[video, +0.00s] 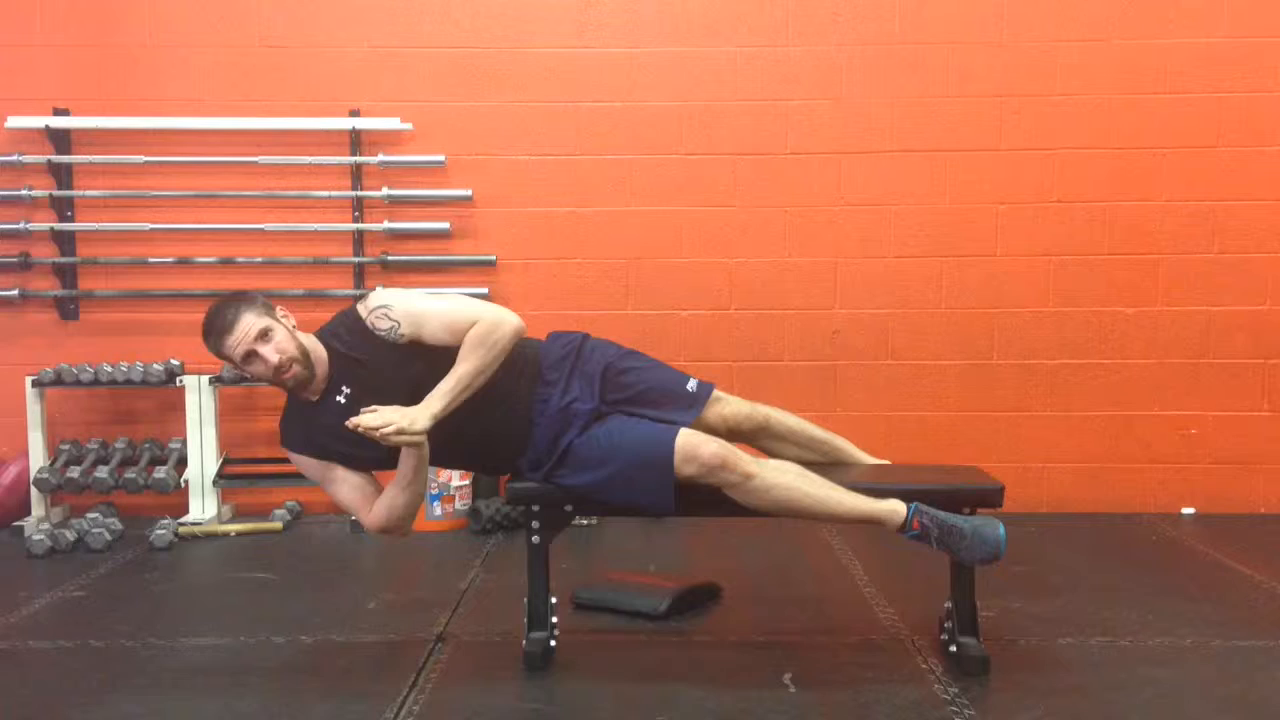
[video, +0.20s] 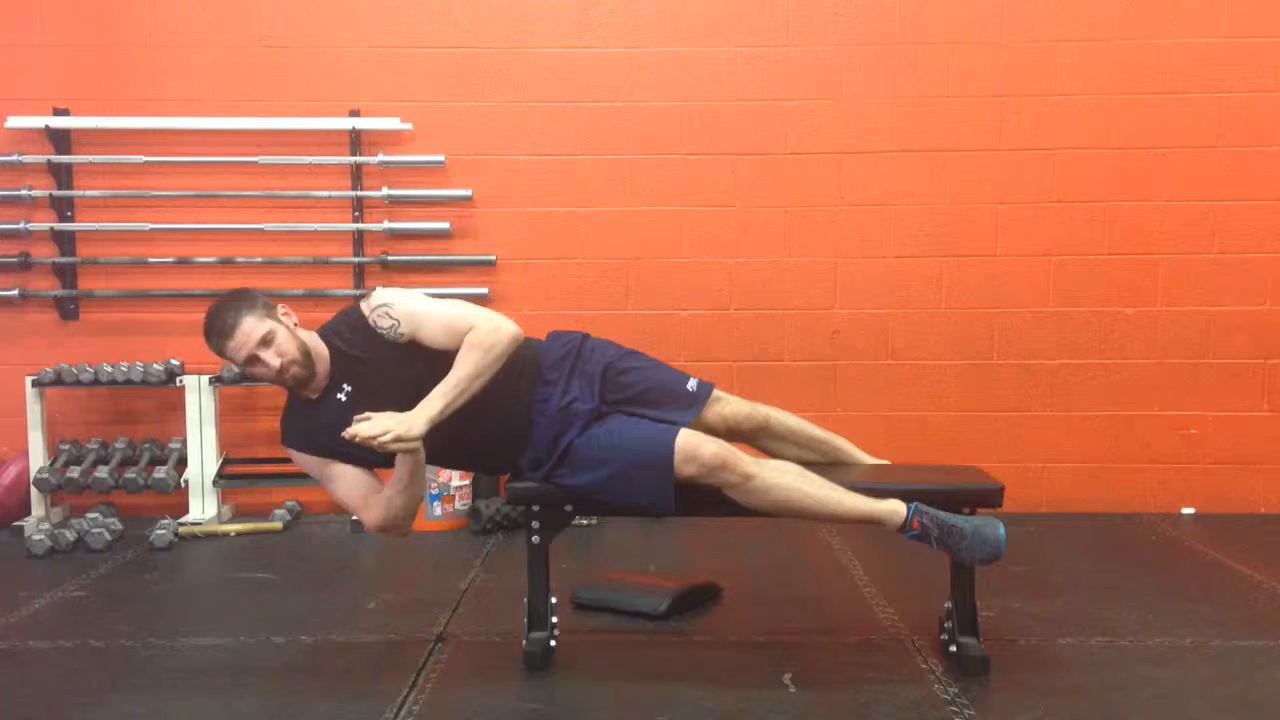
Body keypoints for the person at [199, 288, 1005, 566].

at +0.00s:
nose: (266, 360)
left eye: (260, 339)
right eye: (247, 366)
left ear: (281, 314)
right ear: (246, 379)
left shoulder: (370, 314)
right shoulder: (307, 437)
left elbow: (502, 325)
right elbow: (382, 518)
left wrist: (425, 413)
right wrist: (413, 458)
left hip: (577, 369)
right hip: (551, 449)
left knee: (749, 421)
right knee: (721, 462)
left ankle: (908, 490)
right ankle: (916, 521)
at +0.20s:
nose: (269, 362)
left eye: (264, 342)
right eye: (251, 368)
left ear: (283, 315)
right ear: (247, 378)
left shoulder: (369, 313)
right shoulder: (307, 435)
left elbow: (500, 332)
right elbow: (384, 518)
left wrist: (417, 418)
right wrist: (407, 448)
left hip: (574, 370)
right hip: (551, 450)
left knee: (747, 420)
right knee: (721, 462)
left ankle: (905, 489)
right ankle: (918, 521)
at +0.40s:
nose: (274, 358)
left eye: (270, 338)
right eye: (255, 362)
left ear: (290, 308)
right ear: (250, 370)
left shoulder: (373, 308)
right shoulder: (306, 429)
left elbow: (488, 342)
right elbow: (380, 515)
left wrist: (409, 417)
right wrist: (393, 446)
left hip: (571, 367)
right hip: (549, 450)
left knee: (743, 418)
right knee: (720, 462)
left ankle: (898, 487)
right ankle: (916, 519)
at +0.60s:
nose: (285, 341)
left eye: (279, 319)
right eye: (263, 344)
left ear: (294, 296)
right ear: (254, 357)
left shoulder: (371, 298)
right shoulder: (305, 421)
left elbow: (465, 335)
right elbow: (371, 505)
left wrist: (388, 404)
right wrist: (369, 443)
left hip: (571, 366)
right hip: (551, 449)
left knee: (743, 418)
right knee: (718, 462)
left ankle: (902, 491)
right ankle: (917, 521)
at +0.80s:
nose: (290, 327)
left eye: (286, 307)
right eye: (269, 329)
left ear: (301, 286)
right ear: (258, 345)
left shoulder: (375, 291)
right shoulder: (308, 412)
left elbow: (427, 331)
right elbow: (357, 475)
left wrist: (373, 380)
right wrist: (345, 433)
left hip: (567, 366)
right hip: (546, 451)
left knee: (740, 417)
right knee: (718, 464)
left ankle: (906, 492)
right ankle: (914, 522)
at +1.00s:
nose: (297, 325)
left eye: (292, 305)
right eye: (276, 329)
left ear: (307, 282)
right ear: (262, 343)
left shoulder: (381, 289)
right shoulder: (312, 408)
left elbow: (410, 334)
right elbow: (342, 443)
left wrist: (355, 383)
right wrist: (338, 426)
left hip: (566, 366)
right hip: (546, 449)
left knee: (740, 417)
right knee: (717, 463)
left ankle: (908, 494)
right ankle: (915, 522)